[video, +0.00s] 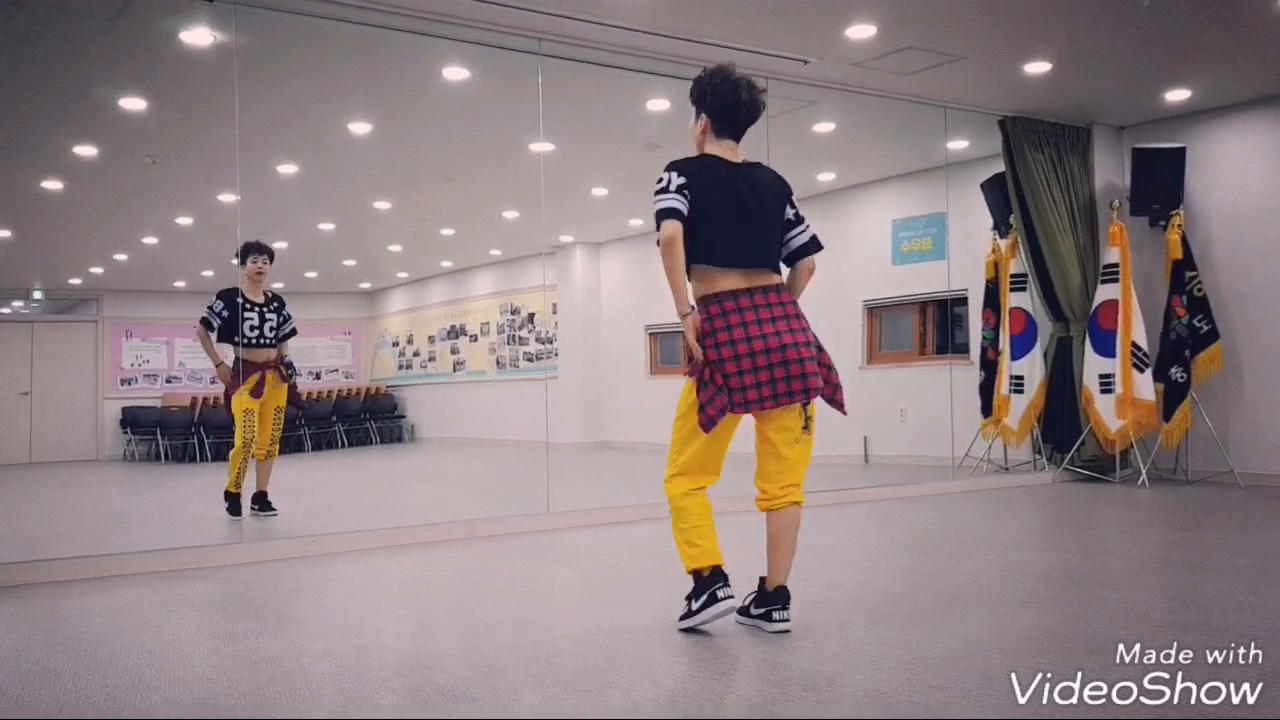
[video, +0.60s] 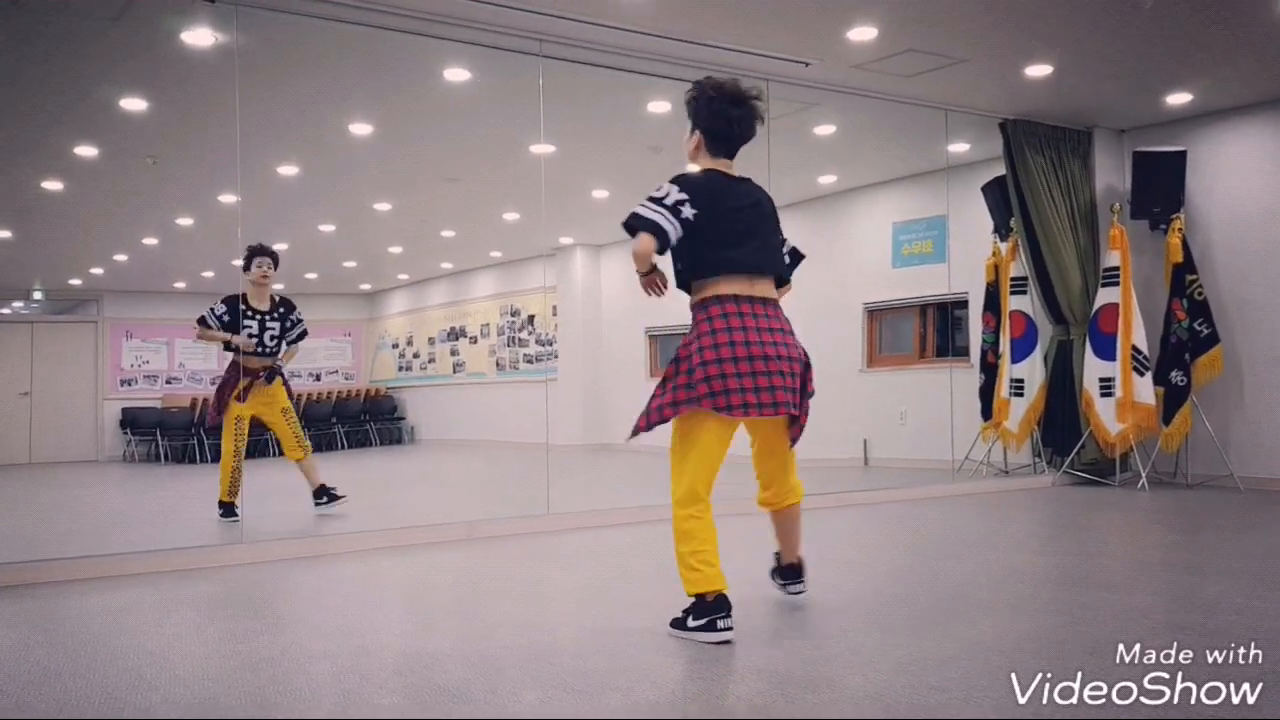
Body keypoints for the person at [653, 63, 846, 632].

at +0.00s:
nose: (692, 126)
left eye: (693, 118)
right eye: (696, 118)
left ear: (701, 122)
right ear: (747, 127)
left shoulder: (681, 174)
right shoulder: (772, 182)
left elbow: (671, 239)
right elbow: (807, 259)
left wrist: (685, 313)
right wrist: (778, 314)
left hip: (721, 332)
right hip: (784, 327)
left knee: (686, 477)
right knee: (784, 476)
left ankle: (708, 578)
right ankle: (775, 596)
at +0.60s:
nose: (686, 139)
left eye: (688, 130)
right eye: (691, 130)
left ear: (696, 137)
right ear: (741, 142)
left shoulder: (684, 189)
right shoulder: (759, 198)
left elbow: (645, 245)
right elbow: (786, 272)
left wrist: (645, 269)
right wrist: (752, 304)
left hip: (715, 341)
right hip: (775, 338)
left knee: (691, 488)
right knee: (778, 467)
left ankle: (709, 601)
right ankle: (792, 564)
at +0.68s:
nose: (696, 142)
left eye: (699, 134)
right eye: (699, 134)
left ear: (706, 141)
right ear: (751, 146)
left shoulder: (704, 195)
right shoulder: (767, 203)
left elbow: (674, 257)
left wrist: (654, 266)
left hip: (725, 340)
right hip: (779, 338)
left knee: (692, 487)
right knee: (786, 464)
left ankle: (709, 599)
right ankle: (819, 561)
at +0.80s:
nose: (719, 145)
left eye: (722, 136)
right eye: (721, 135)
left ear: (733, 143)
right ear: (770, 147)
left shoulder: (742, 200)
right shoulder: (782, 201)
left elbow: (738, 285)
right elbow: (787, 286)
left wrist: (680, 265)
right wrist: (710, 275)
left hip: (756, 340)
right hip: (797, 340)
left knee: (713, 480)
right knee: (802, 475)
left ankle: (715, 599)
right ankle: (858, 567)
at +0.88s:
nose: (730, 139)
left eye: (734, 130)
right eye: (734, 129)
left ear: (745, 138)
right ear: (781, 141)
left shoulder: (763, 197)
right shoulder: (791, 196)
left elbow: (760, 281)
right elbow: (803, 281)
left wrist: (697, 261)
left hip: (780, 343)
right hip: (812, 341)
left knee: (741, 471)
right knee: (819, 470)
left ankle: (726, 589)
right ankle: (863, 575)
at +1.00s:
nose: (756, 135)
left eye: (758, 125)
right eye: (759, 125)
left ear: (769, 132)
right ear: (805, 132)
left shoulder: (785, 192)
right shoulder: (818, 188)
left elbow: (773, 275)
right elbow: (827, 266)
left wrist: (712, 244)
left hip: (807, 328)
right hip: (844, 323)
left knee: (798, 459)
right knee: (852, 459)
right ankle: (869, 576)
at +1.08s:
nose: (767, 135)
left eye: (768, 126)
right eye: (769, 125)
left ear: (778, 131)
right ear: (817, 130)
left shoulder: (790, 189)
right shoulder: (834, 182)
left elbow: (763, 270)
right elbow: (856, 236)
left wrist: (709, 237)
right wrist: (820, 262)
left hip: (816, 321)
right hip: (854, 315)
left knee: (820, 464)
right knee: (859, 453)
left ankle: (875, 569)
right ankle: (871, 565)